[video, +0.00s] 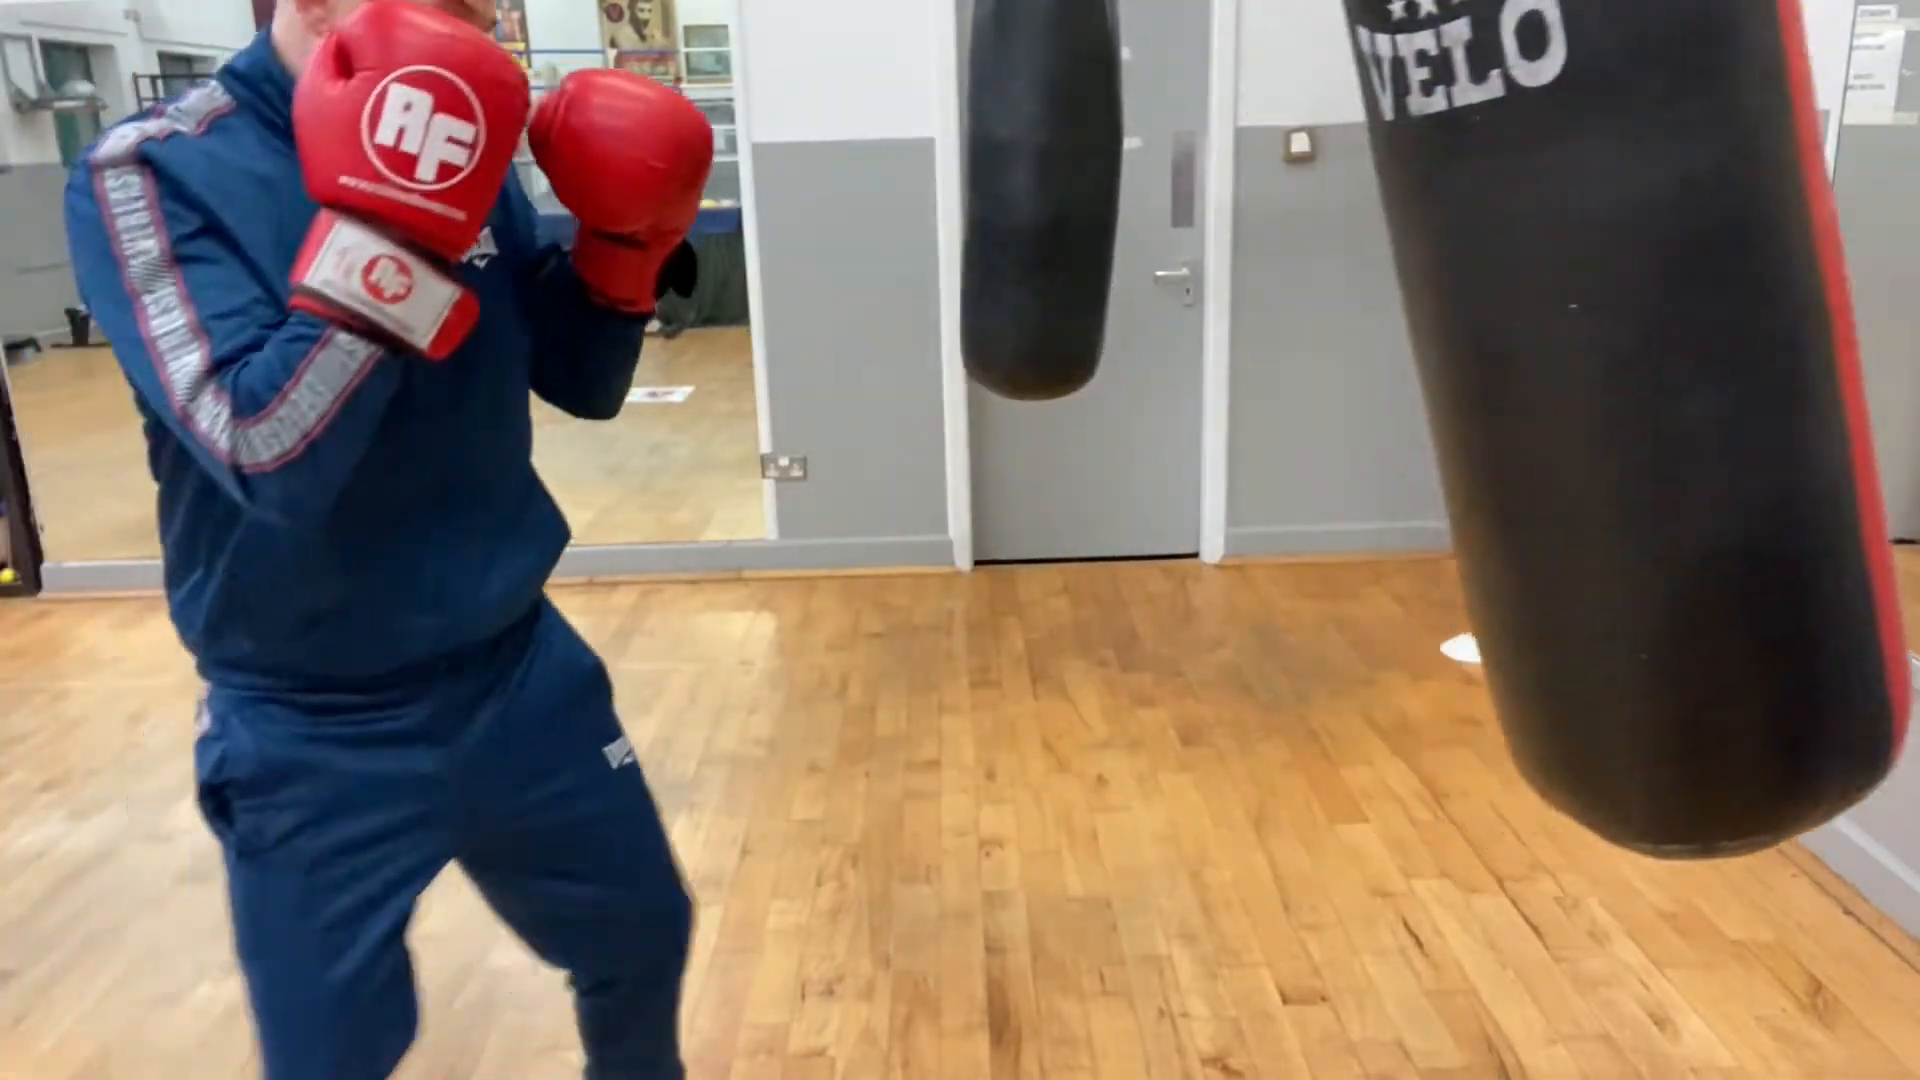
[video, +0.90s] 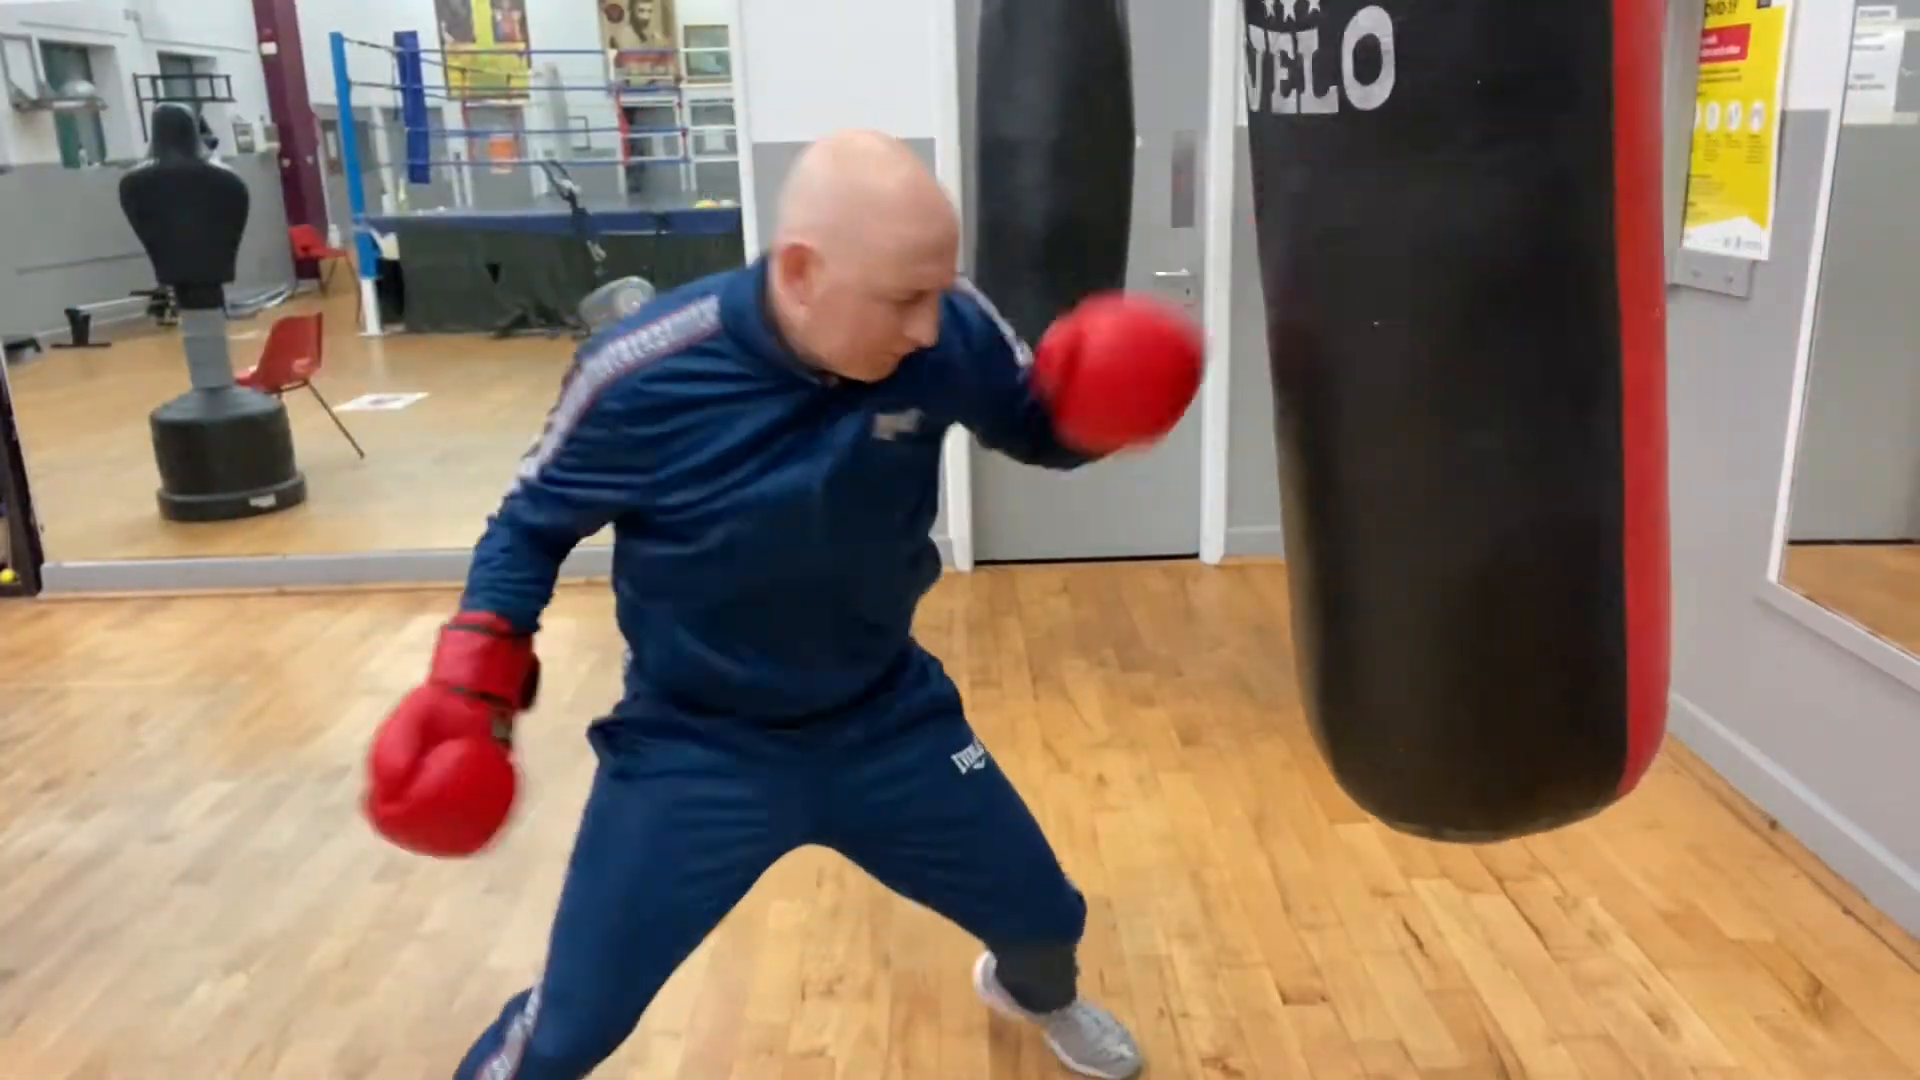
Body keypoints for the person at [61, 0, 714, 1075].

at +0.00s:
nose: (444, 43)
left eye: (462, 18)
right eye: (419, 11)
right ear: (296, 8)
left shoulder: (450, 143)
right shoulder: (143, 173)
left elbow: (583, 380)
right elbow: (263, 447)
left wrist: (623, 249)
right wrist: (385, 228)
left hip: (516, 681)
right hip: (308, 735)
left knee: (643, 942)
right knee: (328, 1062)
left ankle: (637, 1074)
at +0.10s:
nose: (511, 96)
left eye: (518, 59)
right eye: (483, 55)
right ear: (355, 40)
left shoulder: (470, 196)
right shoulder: (186, 220)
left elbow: (593, 434)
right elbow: (335, 492)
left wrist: (635, 312)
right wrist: (444, 259)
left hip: (573, 677)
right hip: (392, 763)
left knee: (767, 891)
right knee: (425, 1064)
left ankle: (703, 1064)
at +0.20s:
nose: (569, 123)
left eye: (578, 91)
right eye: (543, 85)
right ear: (414, 71)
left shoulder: (553, 218)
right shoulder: (254, 256)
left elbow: (641, 438)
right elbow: (364, 532)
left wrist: (700, 363)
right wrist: (486, 318)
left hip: (646, 693)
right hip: (443, 775)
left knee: (860, 892)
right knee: (412, 1070)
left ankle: (839, 1044)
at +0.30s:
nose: (671, 157)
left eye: (679, 123)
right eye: (641, 121)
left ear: (689, 116)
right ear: (515, 101)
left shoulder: (695, 244)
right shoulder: (355, 274)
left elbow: (859, 325)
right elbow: (372, 548)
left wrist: (982, 281)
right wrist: (506, 359)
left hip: (712, 727)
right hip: (494, 768)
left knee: (907, 923)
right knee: (424, 1059)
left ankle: (1008, 1036)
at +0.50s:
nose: (936, 216)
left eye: (942, 187)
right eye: (916, 186)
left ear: (823, 167)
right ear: (812, 166)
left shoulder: (873, 292)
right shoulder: (686, 274)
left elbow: (913, 446)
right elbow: (628, 477)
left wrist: (1040, 396)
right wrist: (863, 385)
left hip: (807, 704)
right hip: (655, 741)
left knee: (960, 881)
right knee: (637, 1066)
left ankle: (1008, 1050)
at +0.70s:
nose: (907, 244)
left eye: (914, 211)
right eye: (886, 212)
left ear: (776, 188)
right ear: (777, 189)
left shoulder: (749, 277)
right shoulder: (672, 319)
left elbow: (763, 355)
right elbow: (716, 626)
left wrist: (885, 311)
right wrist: (935, 525)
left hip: (848, 700)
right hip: (698, 767)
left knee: (1030, 848)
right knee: (648, 1069)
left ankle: (1023, 1021)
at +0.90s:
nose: (929, 329)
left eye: (937, 299)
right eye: (906, 303)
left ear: (949, 276)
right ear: (799, 273)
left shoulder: (943, 336)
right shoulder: (640, 378)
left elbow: (1032, 423)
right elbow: (532, 526)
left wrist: (1099, 395)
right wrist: (470, 687)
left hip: (885, 723)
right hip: (696, 749)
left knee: (1046, 915)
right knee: (576, 1031)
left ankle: (1035, 997)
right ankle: (508, 1065)